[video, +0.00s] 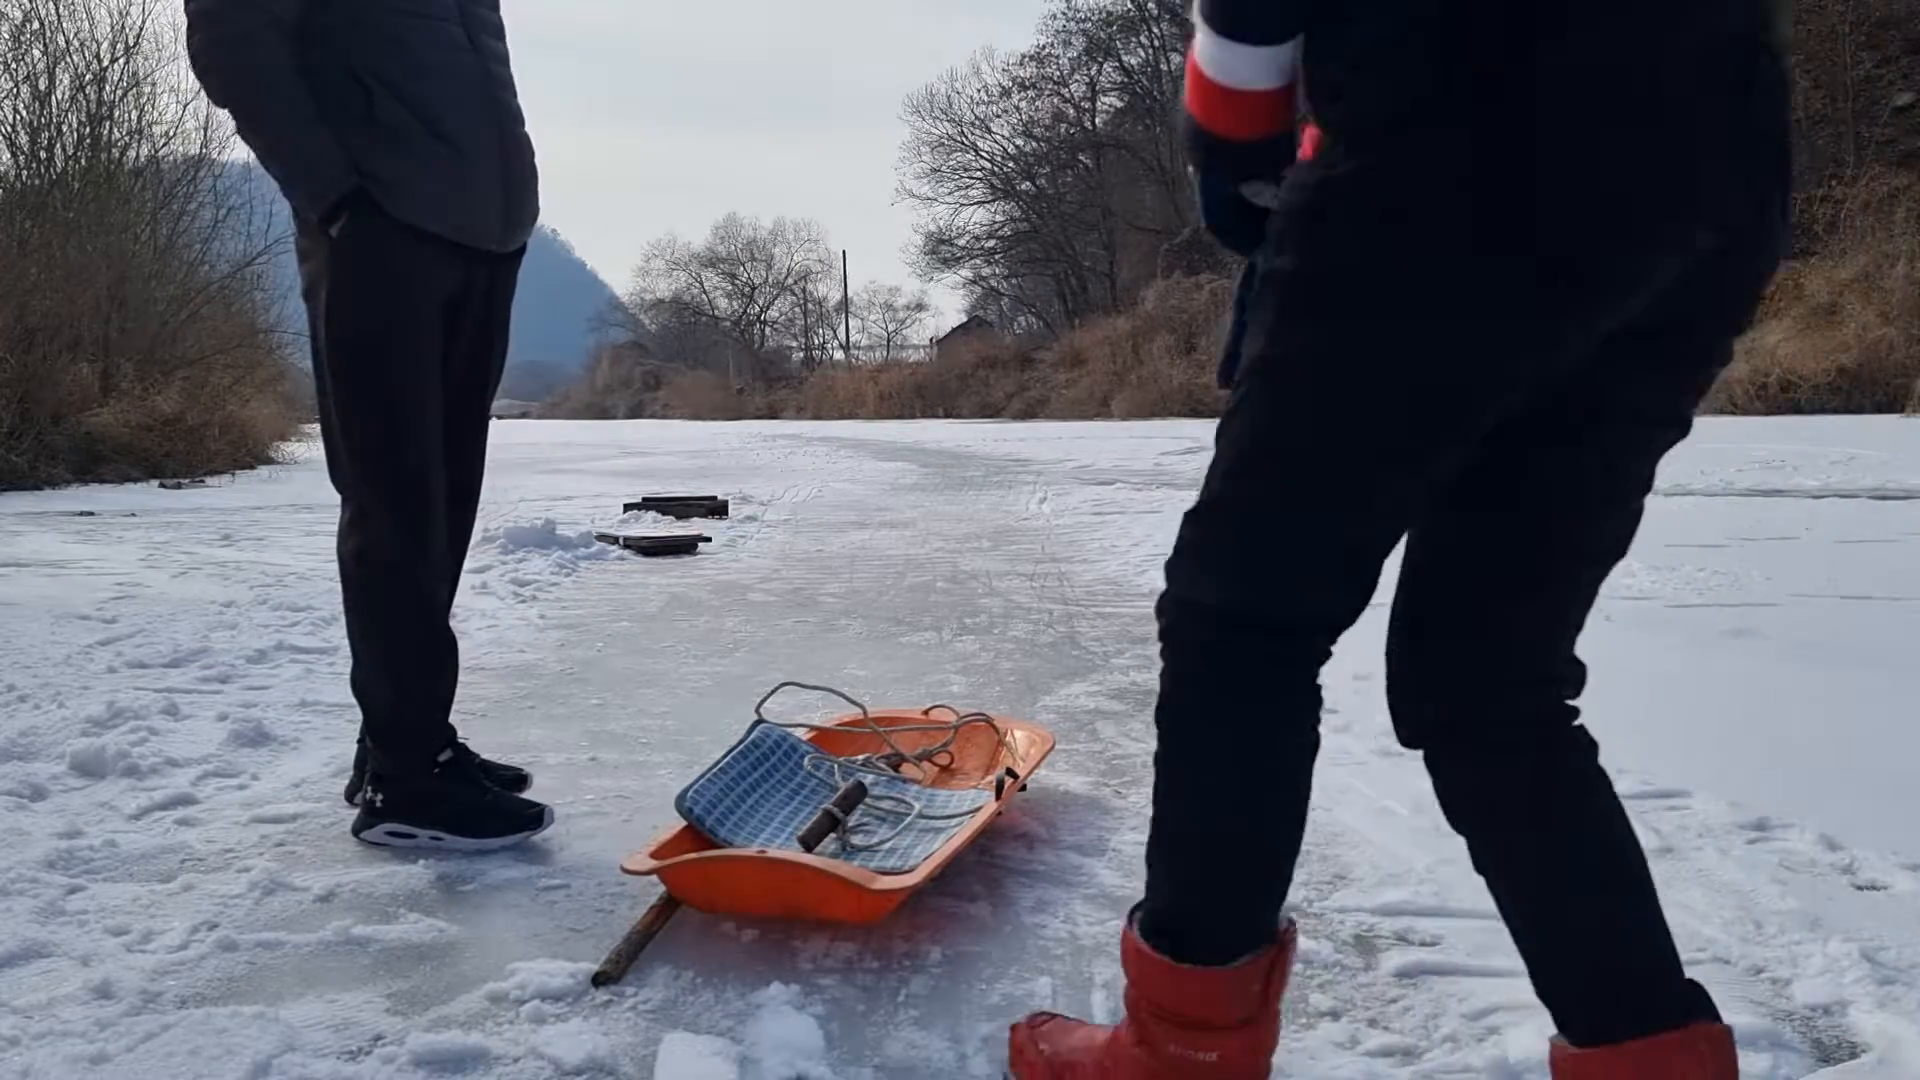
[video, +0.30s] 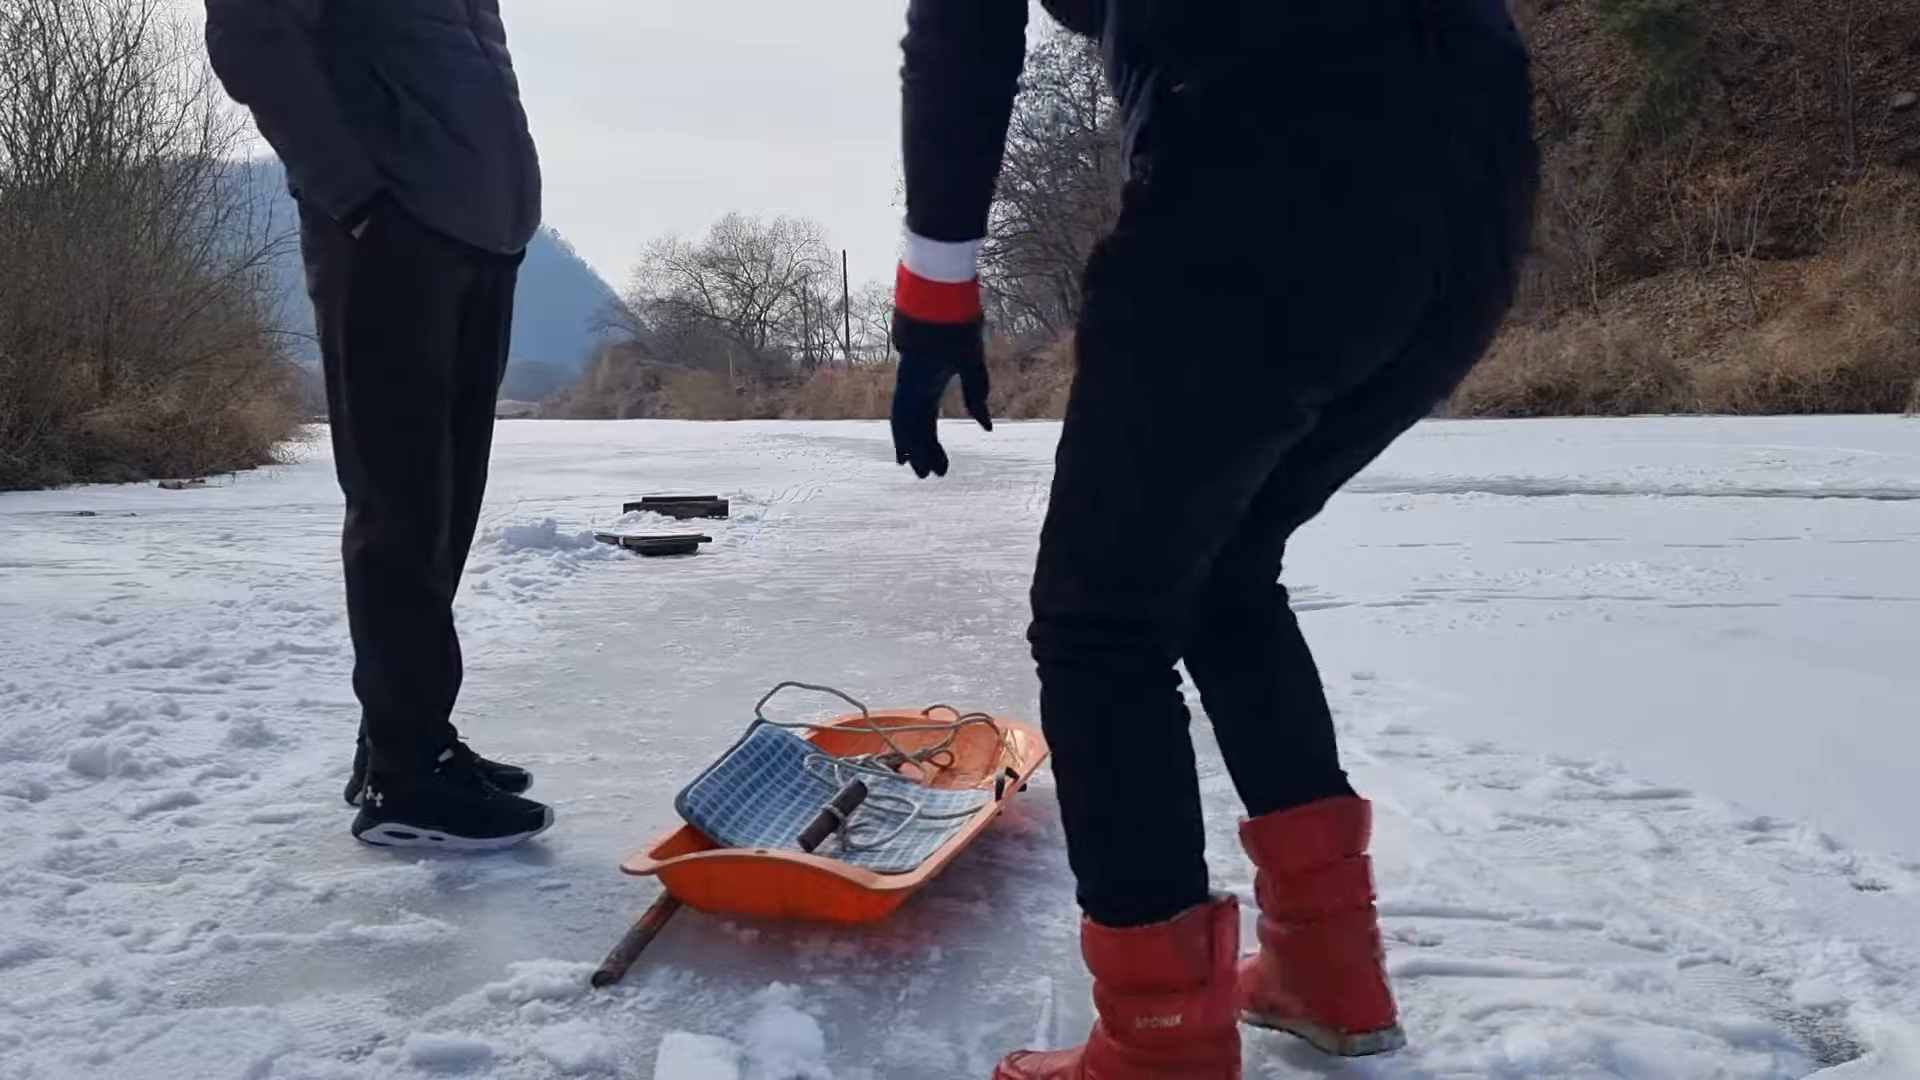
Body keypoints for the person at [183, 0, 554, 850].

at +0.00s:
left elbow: (476, 35)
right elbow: (227, 33)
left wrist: (506, 182)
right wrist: (334, 197)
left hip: (483, 222)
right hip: (378, 218)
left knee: (444, 501)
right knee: (394, 502)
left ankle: (413, 747)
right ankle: (402, 776)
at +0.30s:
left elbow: (479, 30)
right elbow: (248, 33)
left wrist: (505, 179)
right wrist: (355, 193)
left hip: (479, 220)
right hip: (386, 216)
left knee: (443, 505)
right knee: (399, 504)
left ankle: (416, 750)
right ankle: (401, 777)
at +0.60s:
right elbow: (266, 27)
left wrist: (507, 179)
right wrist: (375, 188)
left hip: (479, 219)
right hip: (400, 212)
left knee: (446, 495)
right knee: (405, 495)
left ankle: (415, 746)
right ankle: (402, 772)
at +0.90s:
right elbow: (275, 25)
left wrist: (505, 188)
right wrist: (384, 189)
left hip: (478, 218)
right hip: (403, 211)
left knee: (443, 494)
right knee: (404, 494)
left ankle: (416, 747)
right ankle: (402, 772)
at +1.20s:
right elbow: (271, 31)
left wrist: (504, 186)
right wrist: (381, 191)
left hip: (479, 223)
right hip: (402, 215)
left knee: (443, 497)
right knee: (402, 496)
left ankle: (416, 746)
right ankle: (400, 770)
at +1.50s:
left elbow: (486, 43)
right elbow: (265, 32)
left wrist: (517, 190)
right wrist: (379, 193)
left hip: (485, 228)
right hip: (404, 219)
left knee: (445, 499)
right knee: (402, 498)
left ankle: (414, 746)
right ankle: (401, 771)